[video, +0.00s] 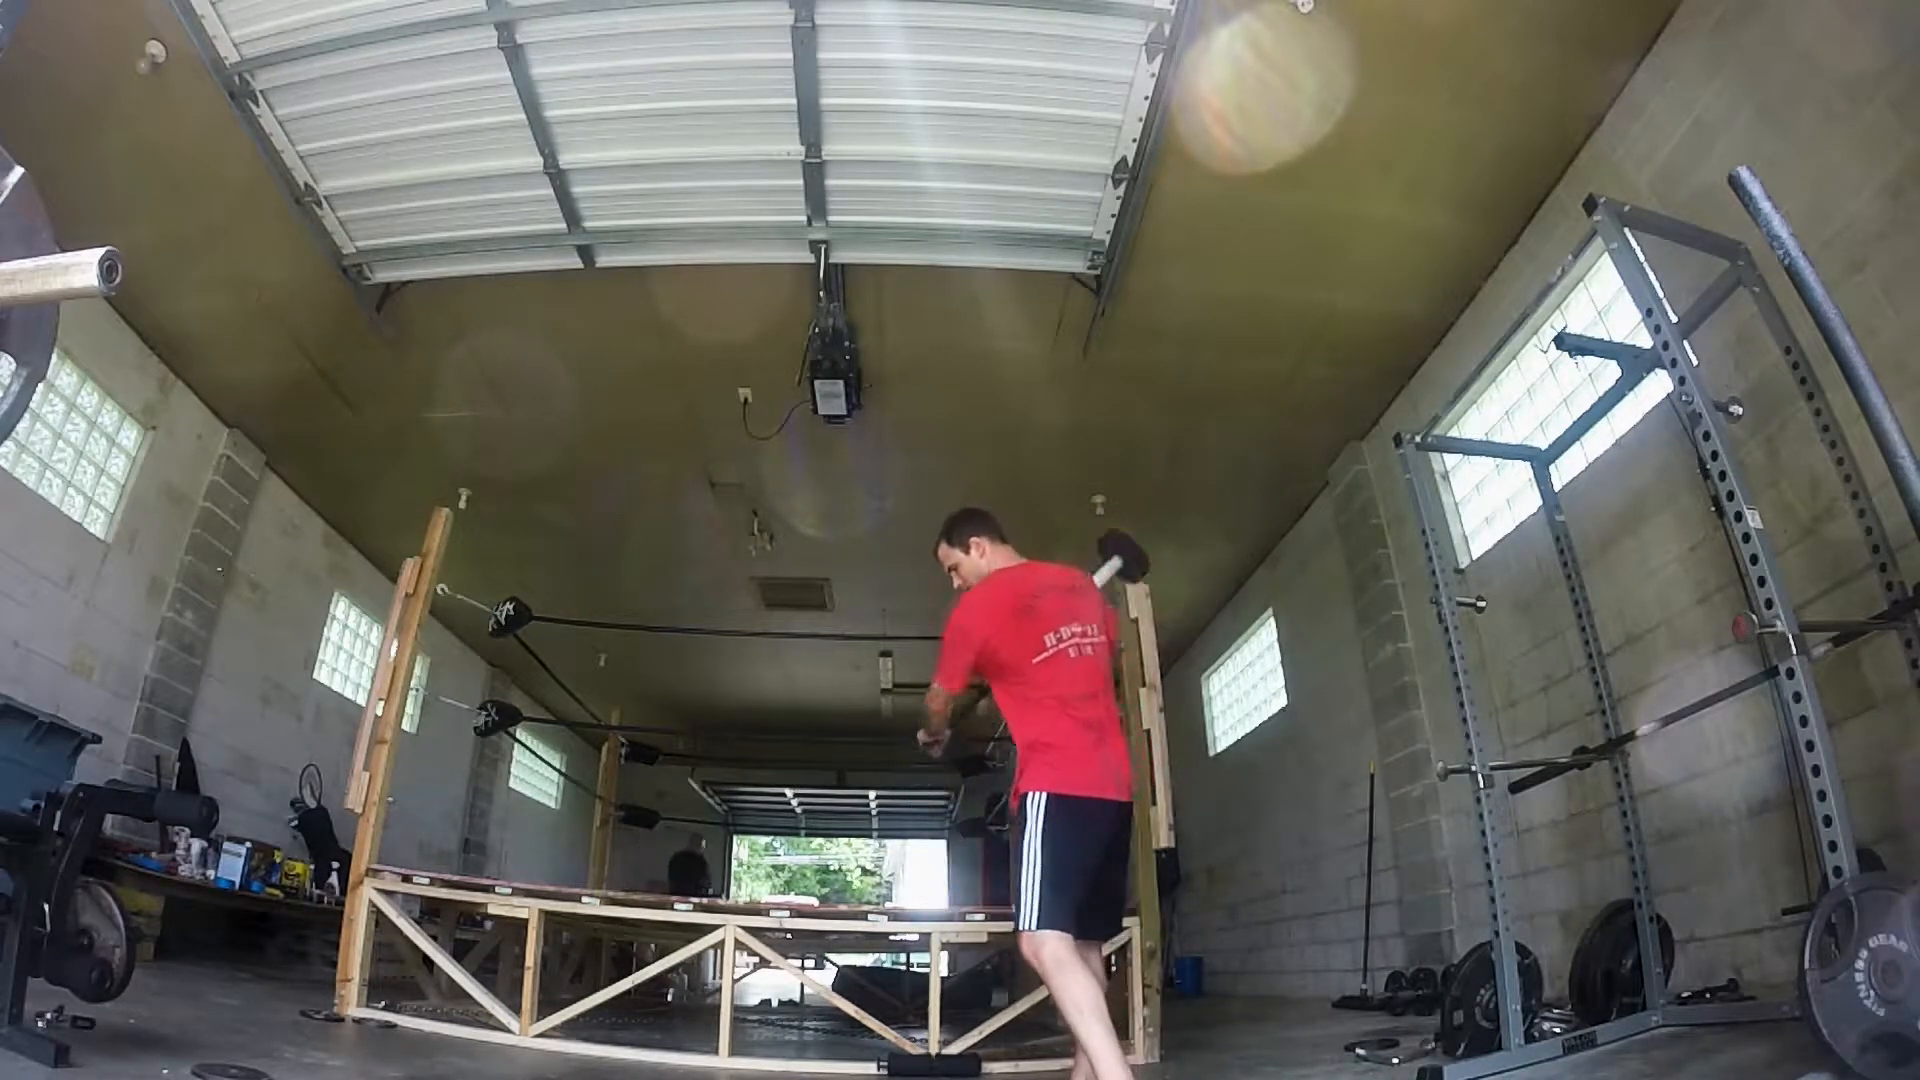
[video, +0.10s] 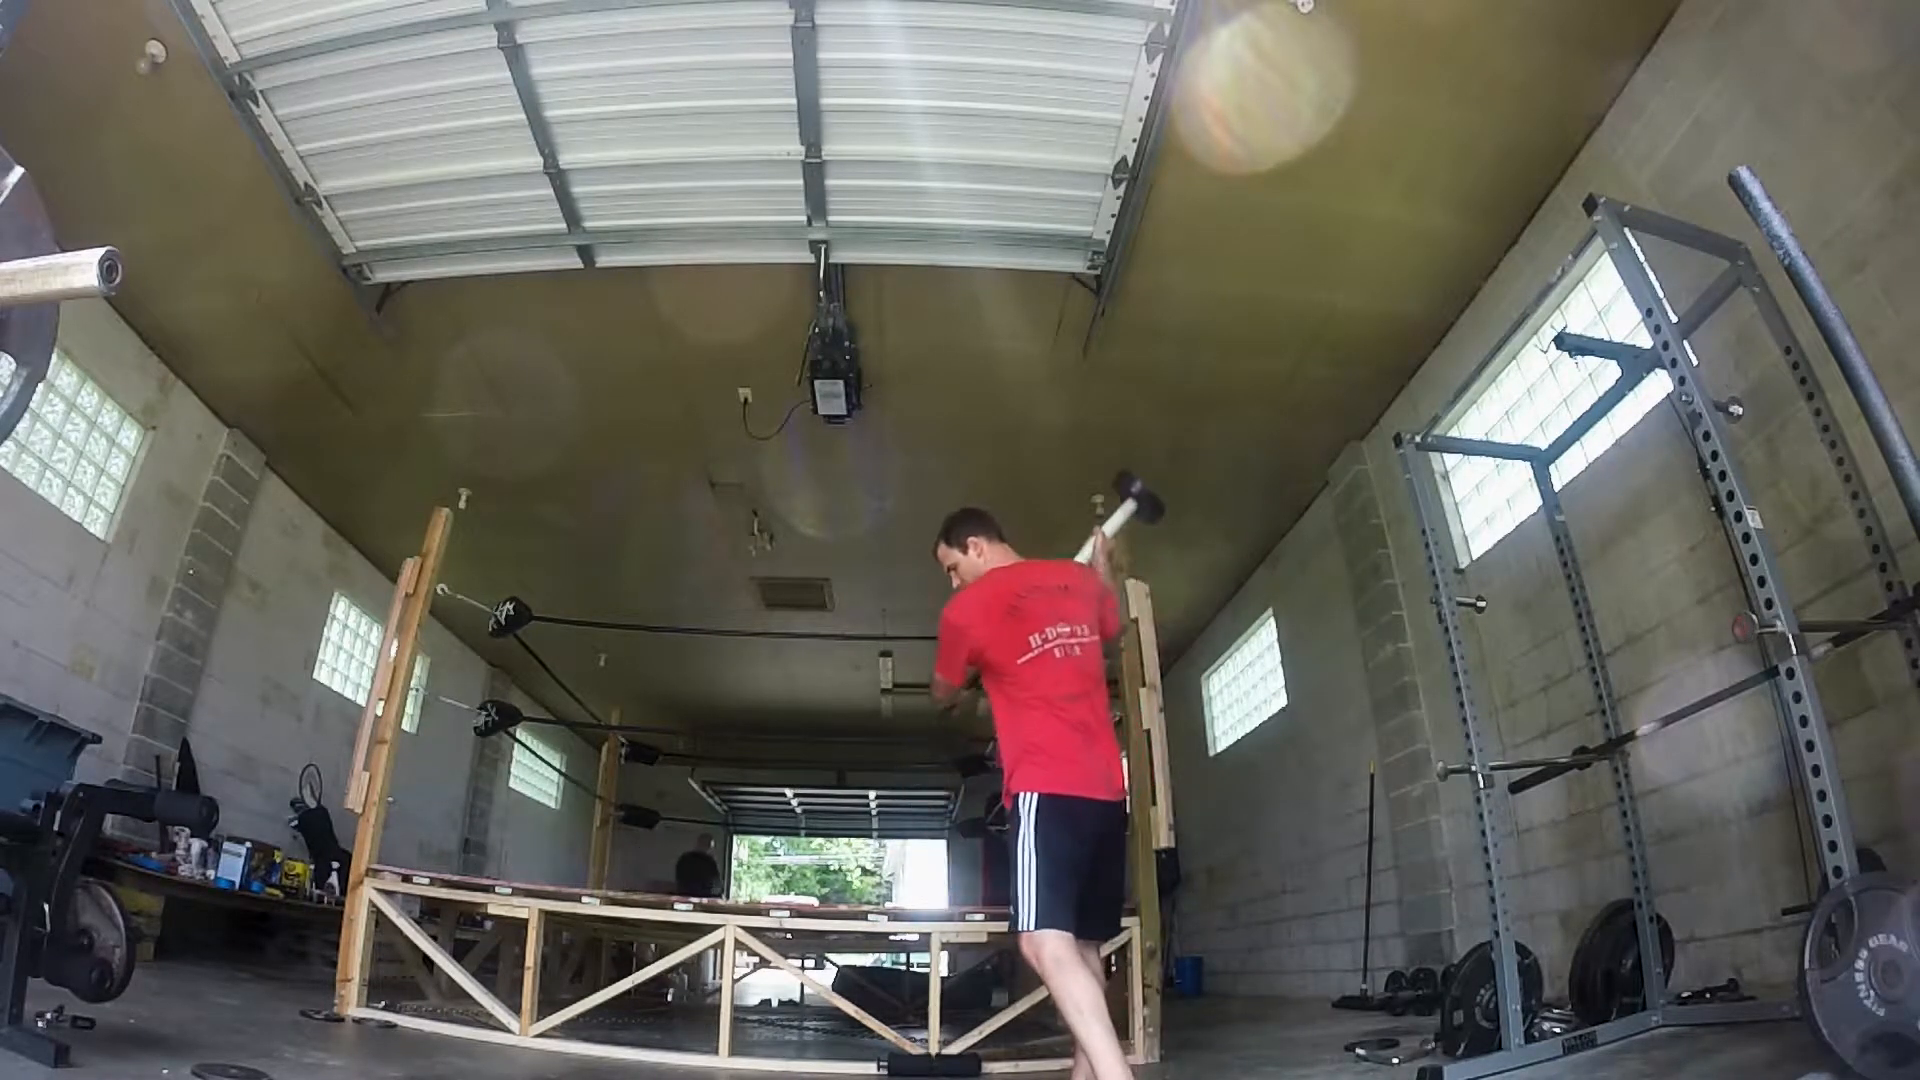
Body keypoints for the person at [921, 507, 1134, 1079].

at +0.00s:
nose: (956, 584)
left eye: (953, 569)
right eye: (950, 574)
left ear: (977, 546)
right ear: (998, 542)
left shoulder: (978, 604)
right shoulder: (1082, 583)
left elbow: (941, 701)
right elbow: (1111, 661)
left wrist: (934, 732)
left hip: (1056, 784)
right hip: (1112, 785)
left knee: (1044, 940)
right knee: (1086, 942)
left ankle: (1116, 1074)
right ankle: (1086, 1071)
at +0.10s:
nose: (955, 583)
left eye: (951, 569)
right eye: (948, 572)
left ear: (975, 547)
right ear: (997, 542)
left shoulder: (968, 606)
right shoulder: (1078, 575)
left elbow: (944, 692)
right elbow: (1112, 627)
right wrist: (1102, 567)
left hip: (1047, 783)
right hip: (1106, 784)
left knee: (1045, 941)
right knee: (1086, 943)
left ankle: (1117, 1074)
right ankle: (1085, 1073)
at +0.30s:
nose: (954, 575)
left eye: (951, 566)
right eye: (951, 568)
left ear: (969, 547)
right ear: (998, 537)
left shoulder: (962, 605)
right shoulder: (1077, 567)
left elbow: (965, 665)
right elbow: (1128, 559)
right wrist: (1112, 493)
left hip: (1037, 785)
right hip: (1098, 783)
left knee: (1040, 937)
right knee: (1084, 941)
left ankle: (1115, 1075)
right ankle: (1084, 1072)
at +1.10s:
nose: (948, 592)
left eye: (946, 578)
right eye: (943, 582)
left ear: (968, 558)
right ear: (993, 557)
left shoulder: (960, 612)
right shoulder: (1067, 584)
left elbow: (960, 668)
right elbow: (1106, 564)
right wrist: (1101, 499)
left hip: (1049, 773)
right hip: (1097, 770)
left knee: (1053, 930)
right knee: (1070, 931)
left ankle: (1118, 1074)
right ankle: (1084, 1072)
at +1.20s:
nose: (948, 589)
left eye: (944, 577)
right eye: (943, 582)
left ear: (963, 555)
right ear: (987, 551)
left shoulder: (962, 606)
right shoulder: (1063, 586)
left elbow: (940, 674)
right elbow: (1098, 582)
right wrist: (1098, 519)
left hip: (1049, 772)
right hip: (1095, 772)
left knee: (1054, 930)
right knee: (1071, 934)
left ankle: (1119, 1073)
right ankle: (1085, 1074)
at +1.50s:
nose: (947, 588)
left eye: (945, 573)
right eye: (940, 581)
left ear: (972, 547)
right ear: (980, 551)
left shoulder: (981, 595)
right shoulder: (1052, 585)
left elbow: (954, 710)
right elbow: (1078, 675)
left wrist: (944, 740)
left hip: (1068, 768)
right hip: (1101, 765)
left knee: (1068, 931)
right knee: (1074, 934)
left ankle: (1124, 1074)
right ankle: (1086, 1073)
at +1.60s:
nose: (949, 588)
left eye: (948, 572)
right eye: (942, 582)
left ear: (976, 548)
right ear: (980, 553)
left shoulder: (999, 590)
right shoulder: (1040, 587)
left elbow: (984, 709)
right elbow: (1060, 691)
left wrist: (957, 760)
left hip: (1082, 767)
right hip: (1096, 766)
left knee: (1073, 932)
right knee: (1074, 934)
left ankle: (1126, 1075)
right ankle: (1087, 1073)